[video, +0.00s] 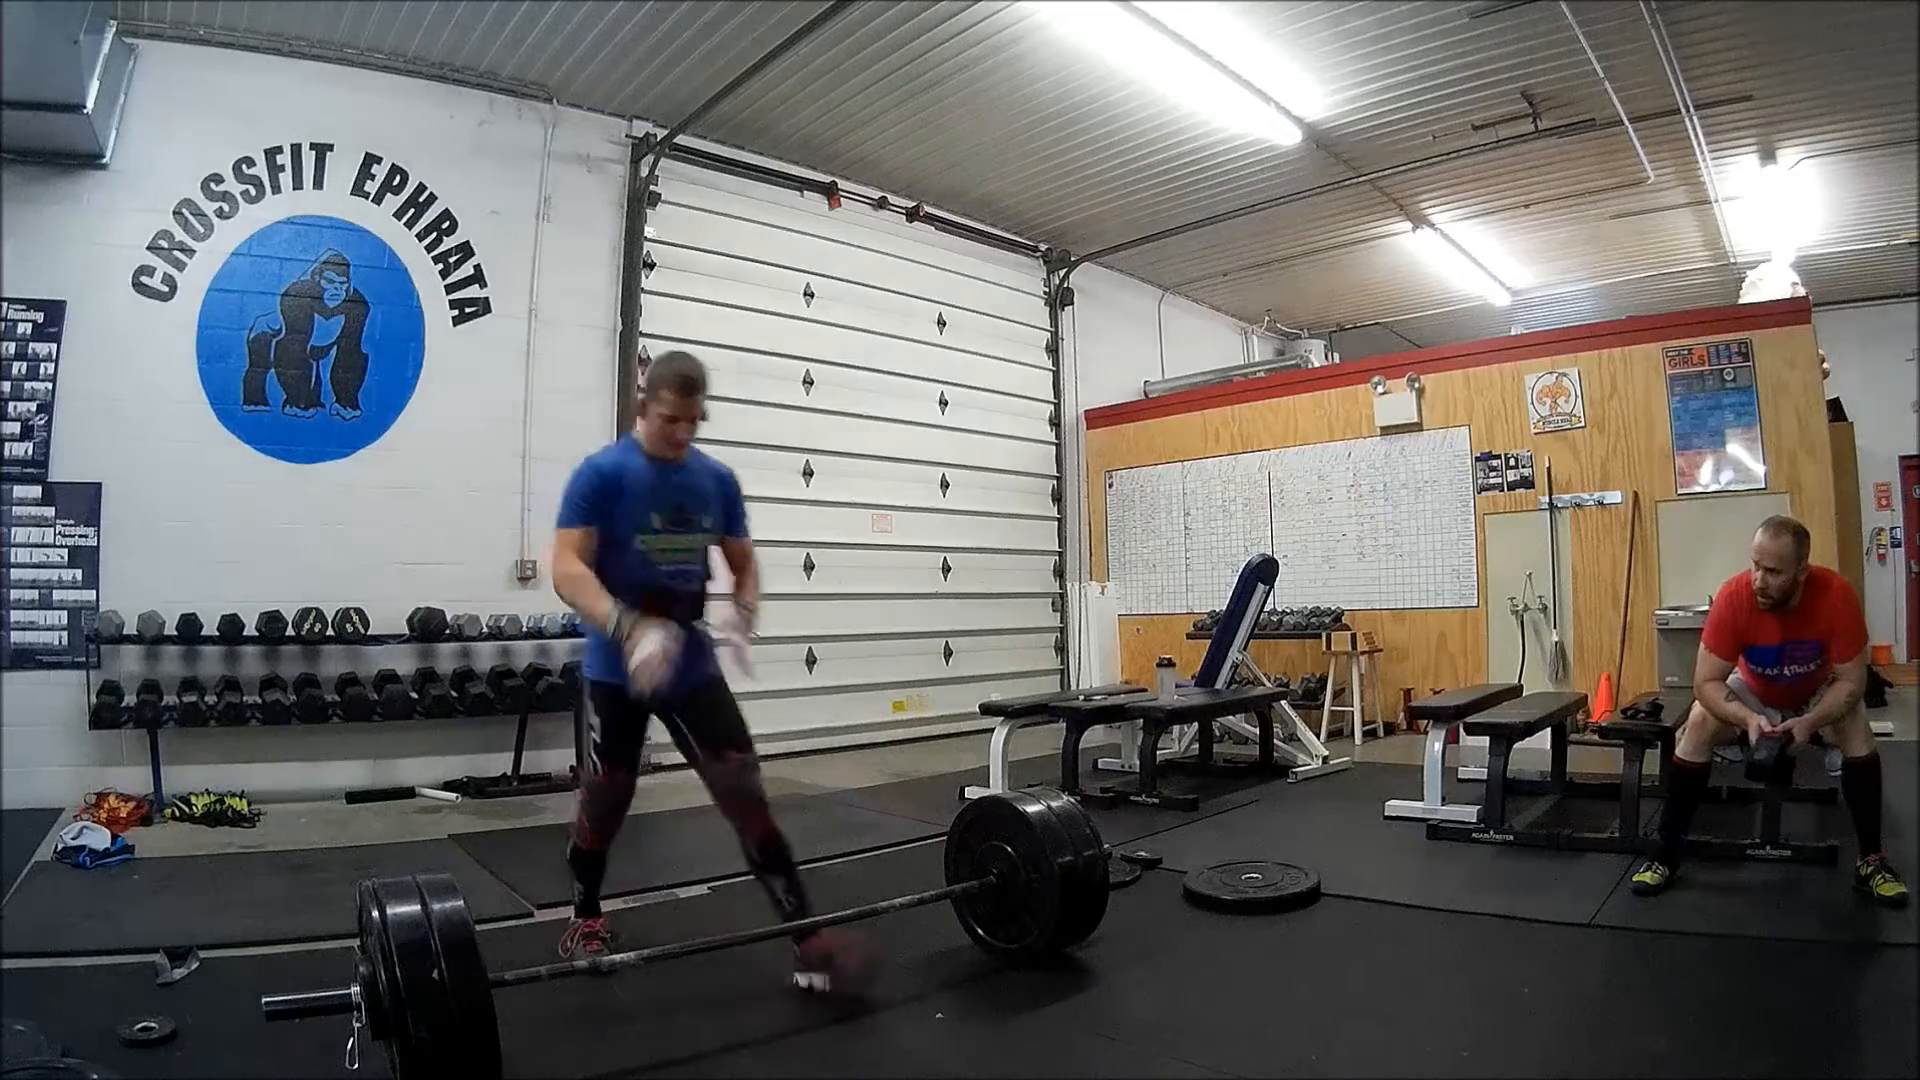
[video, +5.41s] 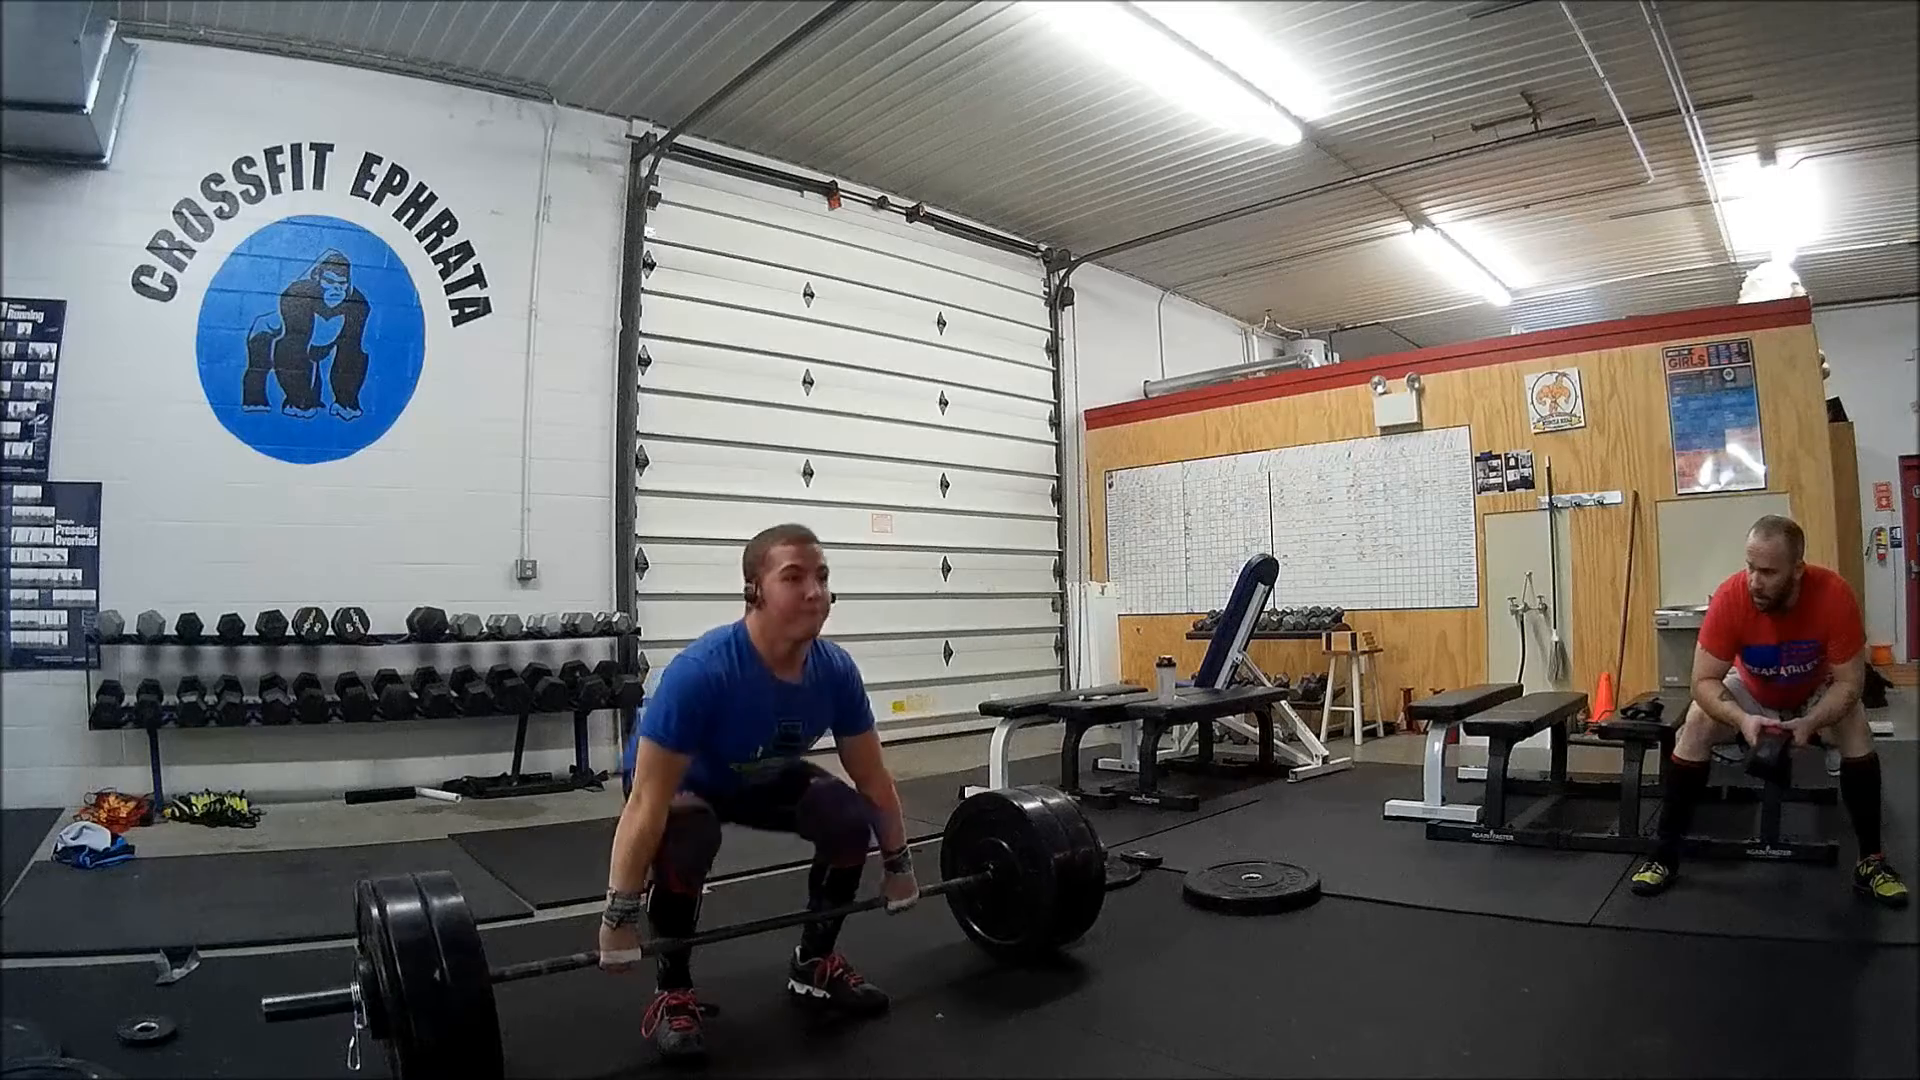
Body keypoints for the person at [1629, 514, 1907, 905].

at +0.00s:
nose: (1759, 580)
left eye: (1772, 572)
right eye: (1755, 566)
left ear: (1803, 570)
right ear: (1750, 558)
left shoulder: (1835, 595)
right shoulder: (1733, 597)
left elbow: (1851, 681)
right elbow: (1706, 683)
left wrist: (1810, 721)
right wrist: (1746, 719)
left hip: (1816, 695)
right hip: (1752, 694)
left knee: (1854, 723)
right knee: (1698, 722)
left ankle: (1871, 860)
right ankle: (1665, 857)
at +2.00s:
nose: (1757, 584)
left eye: (1769, 575)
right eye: (1752, 570)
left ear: (1799, 568)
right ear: (1747, 562)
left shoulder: (1834, 595)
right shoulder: (1731, 598)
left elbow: (1851, 682)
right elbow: (1704, 683)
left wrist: (1808, 722)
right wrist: (1743, 718)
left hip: (1816, 695)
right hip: (1751, 694)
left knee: (1855, 724)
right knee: (1697, 722)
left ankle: (1871, 860)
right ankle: (1665, 857)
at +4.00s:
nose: (1758, 583)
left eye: (1770, 574)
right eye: (1753, 570)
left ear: (1799, 569)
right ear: (1747, 561)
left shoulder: (1834, 595)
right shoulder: (1731, 597)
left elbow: (1851, 680)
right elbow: (1704, 681)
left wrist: (1813, 718)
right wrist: (1741, 720)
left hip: (1815, 694)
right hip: (1751, 692)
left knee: (1855, 724)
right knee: (1698, 720)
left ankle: (1871, 859)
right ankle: (1664, 857)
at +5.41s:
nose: (1756, 582)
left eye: (1768, 573)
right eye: (1751, 569)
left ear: (1798, 568)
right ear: (1746, 561)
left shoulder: (1832, 594)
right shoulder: (1731, 597)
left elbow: (1850, 682)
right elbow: (1703, 682)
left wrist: (1810, 722)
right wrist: (1741, 720)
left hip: (1815, 693)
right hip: (1751, 691)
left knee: (1854, 723)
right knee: (1697, 722)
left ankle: (1871, 861)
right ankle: (1664, 857)